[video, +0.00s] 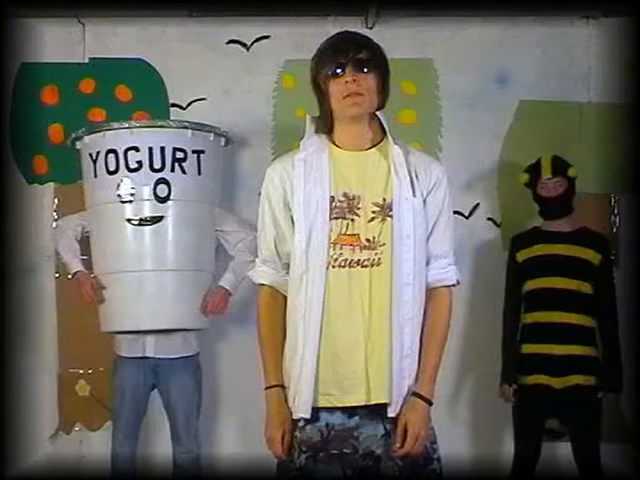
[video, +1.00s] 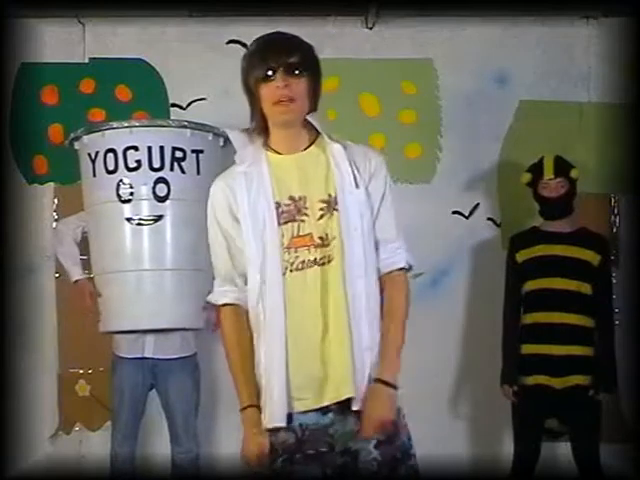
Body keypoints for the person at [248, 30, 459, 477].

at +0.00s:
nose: (352, 80)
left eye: (365, 68)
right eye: (337, 71)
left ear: (383, 83)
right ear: (321, 88)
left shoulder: (424, 173)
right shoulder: (285, 175)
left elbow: (440, 286)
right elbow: (272, 287)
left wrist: (422, 395)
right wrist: (275, 395)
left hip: (398, 412)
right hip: (314, 414)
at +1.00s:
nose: (283, 85)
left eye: (295, 71)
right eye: (268, 75)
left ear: (315, 84)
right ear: (253, 92)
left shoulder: (364, 167)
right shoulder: (230, 190)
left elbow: (394, 274)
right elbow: (231, 303)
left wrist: (385, 383)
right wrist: (250, 411)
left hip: (366, 408)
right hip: (284, 417)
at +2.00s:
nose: (338, 67)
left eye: (353, 52)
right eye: (323, 55)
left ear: (377, 67)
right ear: (307, 72)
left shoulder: (422, 169)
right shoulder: (269, 173)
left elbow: (435, 292)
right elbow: (251, 295)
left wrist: (440, 402)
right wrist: (259, 413)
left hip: (390, 421)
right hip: (297, 421)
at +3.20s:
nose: (284, 71)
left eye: (294, 54)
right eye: (286, 57)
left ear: (337, 54)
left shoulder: (430, 156)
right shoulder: (312, 157)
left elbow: (455, 306)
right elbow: (302, 286)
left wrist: (414, 432)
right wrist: (253, 359)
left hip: (387, 440)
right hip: (307, 428)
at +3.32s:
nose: (293, 78)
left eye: (298, 63)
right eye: (295, 64)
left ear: (323, 64)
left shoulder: (413, 147)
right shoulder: (319, 152)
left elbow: (445, 289)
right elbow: (308, 270)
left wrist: (413, 420)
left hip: (384, 432)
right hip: (312, 419)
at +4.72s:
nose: (292, 102)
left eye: (303, 89)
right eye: (291, 92)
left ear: (340, 95)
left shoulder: (387, 171)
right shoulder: (318, 185)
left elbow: (414, 280)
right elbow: (288, 270)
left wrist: (396, 396)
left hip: (380, 414)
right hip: (322, 410)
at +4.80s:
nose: (303, 102)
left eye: (316, 87)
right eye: (296, 93)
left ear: (351, 95)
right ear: (292, 107)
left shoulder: (397, 172)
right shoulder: (306, 191)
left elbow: (424, 284)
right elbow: (284, 291)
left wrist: (382, 383)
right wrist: (250, 368)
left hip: (391, 410)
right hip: (322, 412)